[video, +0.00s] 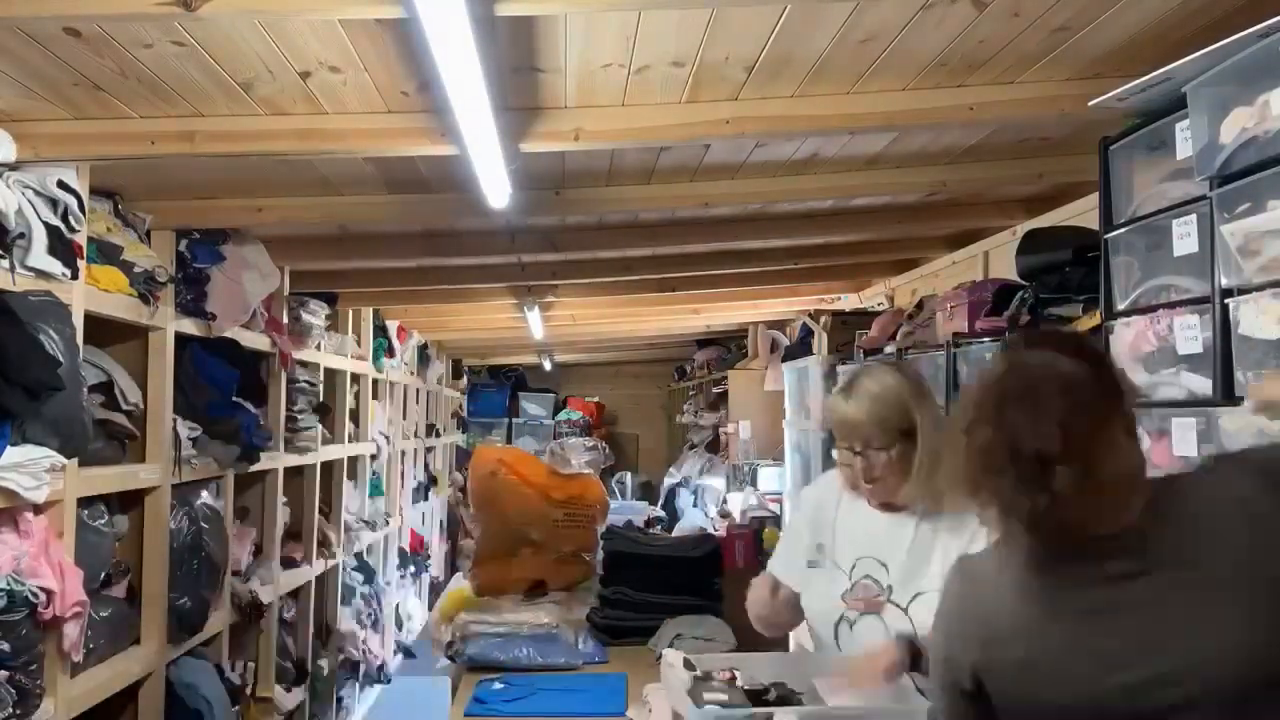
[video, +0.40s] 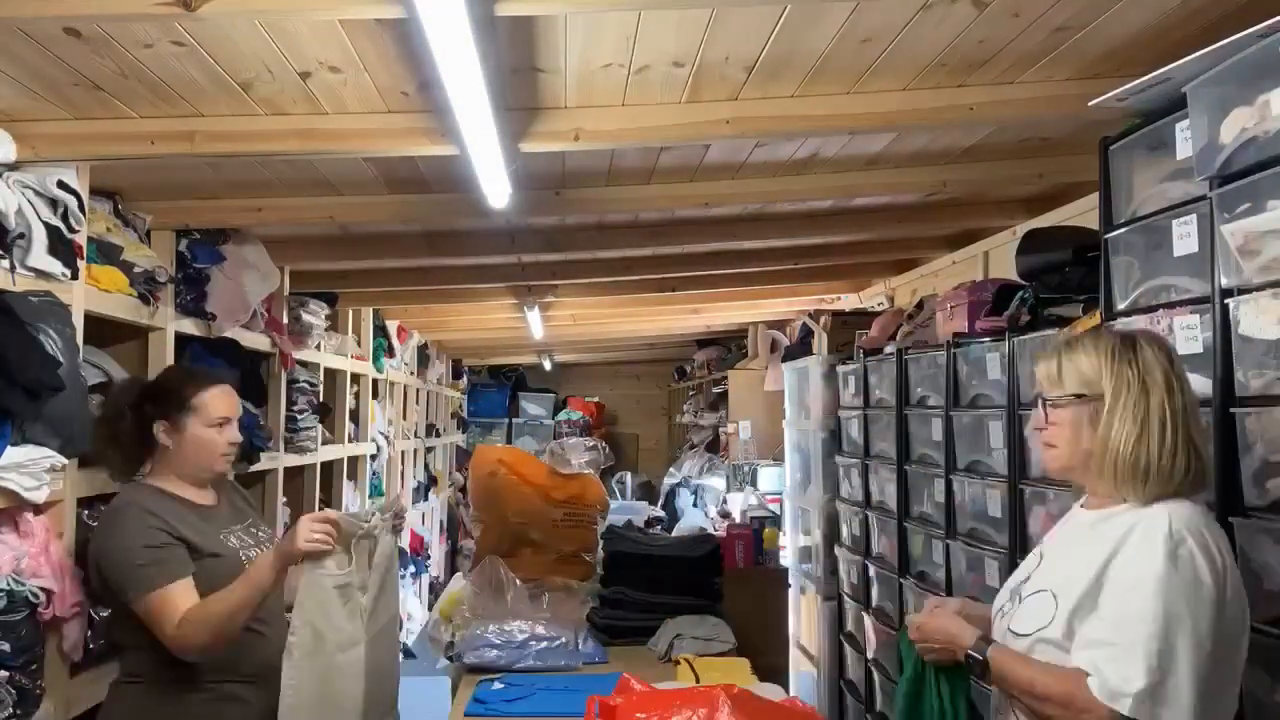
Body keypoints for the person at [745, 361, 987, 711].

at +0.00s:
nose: (861, 469)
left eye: (876, 450)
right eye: (847, 450)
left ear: (918, 442)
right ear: (835, 443)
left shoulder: (970, 521)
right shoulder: (823, 498)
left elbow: (980, 644)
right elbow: (771, 621)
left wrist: (913, 653)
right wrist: (771, 602)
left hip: (926, 706)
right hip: (826, 699)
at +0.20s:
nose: (881, 462)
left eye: (889, 441)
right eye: (878, 442)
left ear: (942, 443)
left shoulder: (1036, 578)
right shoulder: (975, 539)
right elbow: (937, 637)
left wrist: (814, 710)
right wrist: (826, 668)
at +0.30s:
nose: (1003, 421)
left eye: (1020, 401)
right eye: (1008, 403)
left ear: (1081, 409)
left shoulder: (1133, 536)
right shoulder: (1061, 516)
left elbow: (1126, 710)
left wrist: (997, 706)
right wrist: (981, 648)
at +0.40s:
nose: (1038, 420)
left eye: (1057, 403)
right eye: (1039, 403)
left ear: (1121, 412)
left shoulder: (1169, 535)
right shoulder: (1091, 513)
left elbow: (1117, 704)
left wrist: (976, 650)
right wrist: (986, 621)